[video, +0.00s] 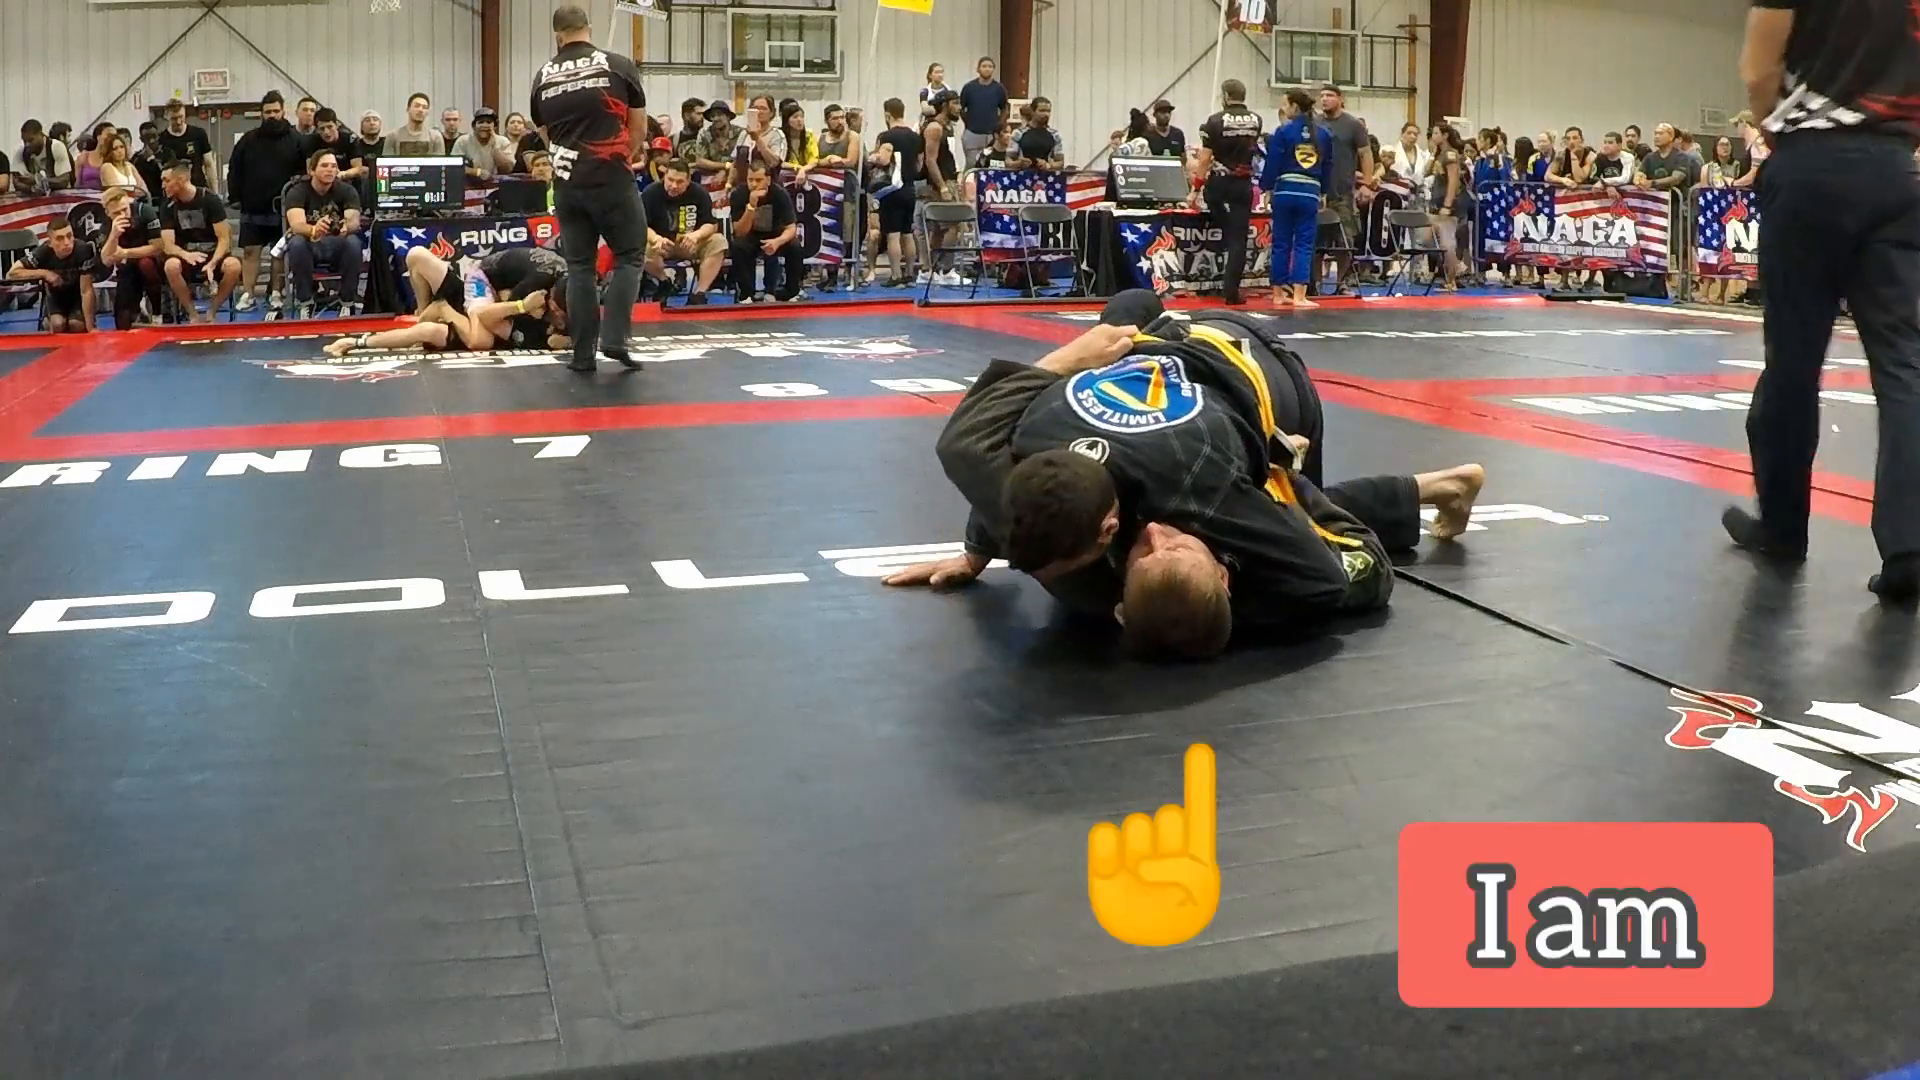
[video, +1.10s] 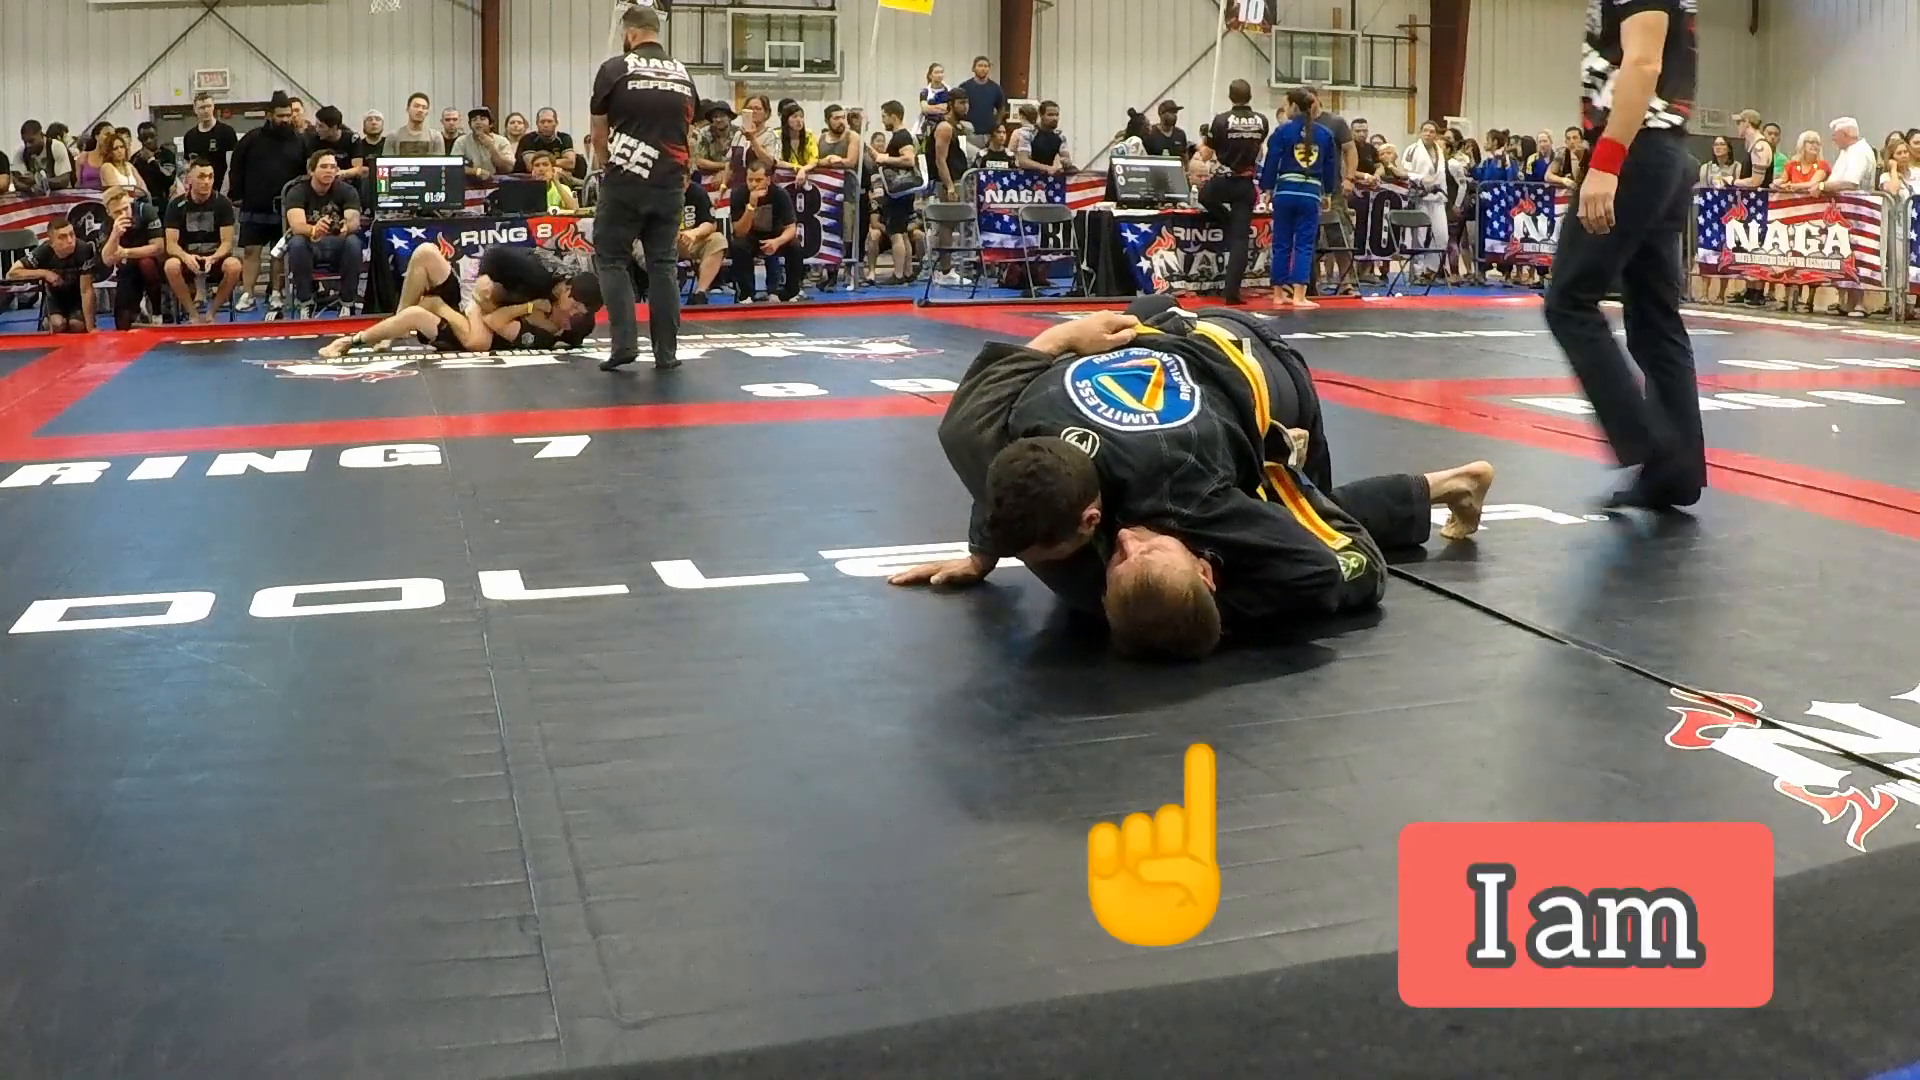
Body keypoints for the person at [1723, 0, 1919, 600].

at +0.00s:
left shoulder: (1787, 3)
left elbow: (1760, 72)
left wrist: (1767, 125)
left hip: (1809, 161)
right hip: (1896, 163)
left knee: (1792, 363)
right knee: (1903, 367)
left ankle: (1782, 528)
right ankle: (1905, 554)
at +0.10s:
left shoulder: (1763, 0)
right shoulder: (1894, 8)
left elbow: (1738, 74)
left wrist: (1763, 130)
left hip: (1783, 161)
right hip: (1869, 165)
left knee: (1771, 356)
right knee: (1882, 351)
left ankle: (1781, 527)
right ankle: (1903, 528)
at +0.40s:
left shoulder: (1708, 2)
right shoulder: (1842, 4)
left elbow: (1684, 70)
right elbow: (1836, 58)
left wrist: (1713, 129)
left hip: (1735, 157)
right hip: (1810, 161)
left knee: (1744, 348)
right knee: (1809, 336)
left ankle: (1777, 522)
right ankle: (1826, 505)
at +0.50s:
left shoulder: (1704, 4)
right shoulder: (1825, 8)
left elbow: (1674, 75)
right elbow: (1813, 67)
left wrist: (1675, 128)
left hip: (1726, 158)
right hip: (1794, 162)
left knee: (1739, 345)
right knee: (1779, 331)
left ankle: (1775, 523)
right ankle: (1774, 481)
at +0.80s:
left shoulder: (1683, 3)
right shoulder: (1745, 11)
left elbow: (1652, 70)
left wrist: (1605, 174)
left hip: (1684, 158)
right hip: (1727, 158)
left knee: (1686, 330)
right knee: (1690, 329)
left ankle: (1766, 488)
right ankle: (1677, 488)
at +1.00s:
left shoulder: (1657, 3)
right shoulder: (1685, 12)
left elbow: (1648, 62)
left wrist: (1605, 160)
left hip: (1655, 156)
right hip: (1687, 158)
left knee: (1604, 315)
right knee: (1669, 321)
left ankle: (1701, 438)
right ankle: (1677, 483)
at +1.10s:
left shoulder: (1643, 5)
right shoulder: (1661, 13)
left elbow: (1643, 64)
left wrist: (1604, 165)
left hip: (1636, 153)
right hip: (1666, 155)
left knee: (1568, 305)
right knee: (1656, 324)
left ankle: (1647, 454)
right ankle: (1677, 474)